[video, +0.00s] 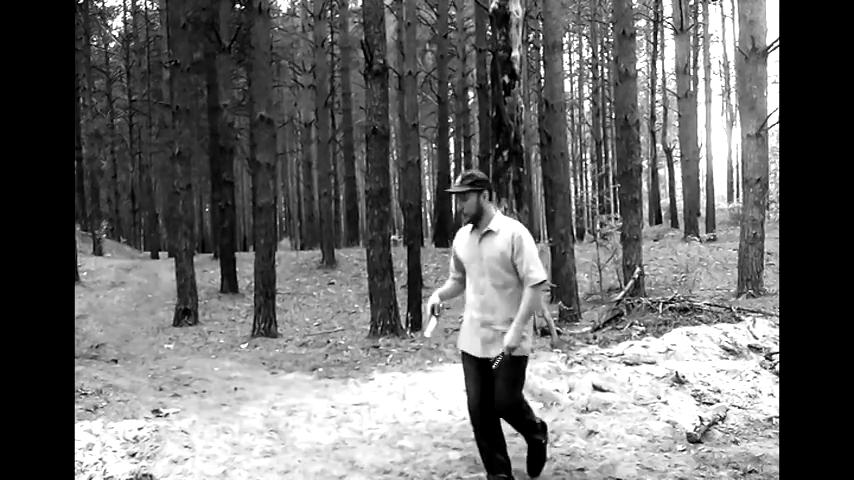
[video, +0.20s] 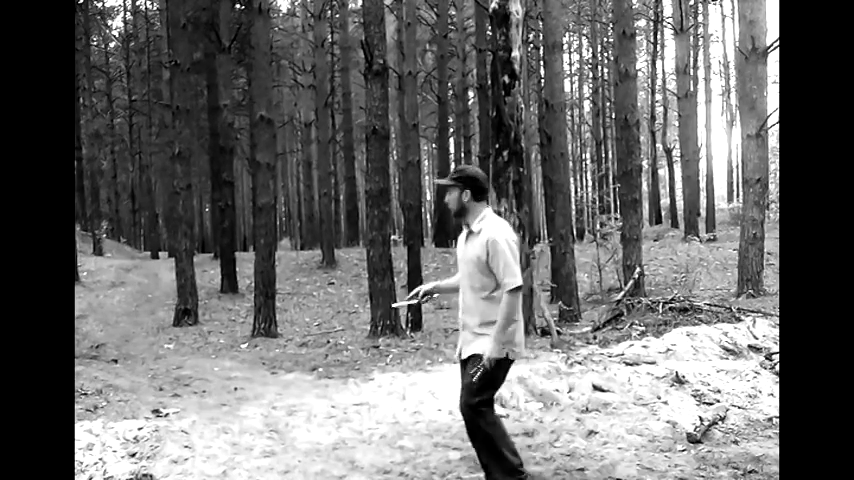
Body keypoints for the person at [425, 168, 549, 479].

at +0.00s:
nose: (459, 205)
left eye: (464, 198)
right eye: (457, 199)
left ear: (484, 196)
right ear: (463, 200)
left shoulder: (514, 233)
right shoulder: (462, 237)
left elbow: (535, 284)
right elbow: (457, 280)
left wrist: (516, 331)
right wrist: (438, 295)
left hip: (510, 338)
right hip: (473, 338)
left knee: (506, 403)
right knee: (479, 411)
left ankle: (536, 434)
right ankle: (498, 472)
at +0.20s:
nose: (444, 199)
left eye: (449, 192)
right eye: (445, 193)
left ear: (467, 193)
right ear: (466, 195)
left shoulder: (496, 233)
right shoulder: (468, 233)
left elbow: (513, 290)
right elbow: (467, 279)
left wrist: (496, 344)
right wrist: (434, 287)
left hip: (494, 343)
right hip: (471, 342)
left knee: (474, 405)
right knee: (474, 408)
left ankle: (510, 472)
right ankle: (497, 472)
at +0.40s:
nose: (443, 198)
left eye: (444, 193)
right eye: (444, 192)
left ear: (450, 198)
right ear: (478, 196)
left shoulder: (465, 236)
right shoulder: (493, 230)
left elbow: (470, 302)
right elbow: (495, 285)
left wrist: (465, 358)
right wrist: (457, 298)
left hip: (487, 351)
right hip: (505, 347)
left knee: (472, 430)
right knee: (485, 424)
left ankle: (489, 475)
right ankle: (505, 471)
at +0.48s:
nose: (442, 194)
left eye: (443, 190)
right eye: (445, 189)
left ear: (446, 193)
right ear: (480, 192)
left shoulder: (456, 235)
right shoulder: (505, 230)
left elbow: (454, 302)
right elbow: (515, 289)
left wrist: (447, 352)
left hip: (483, 354)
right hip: (514, 348)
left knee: (467, 431)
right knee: (491, 416)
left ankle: (486, 476)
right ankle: (511, 473)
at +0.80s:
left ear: (464, 187)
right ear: (499, 187)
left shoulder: (452, 236)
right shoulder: (529, 230)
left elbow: (438, 302)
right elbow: (544, 284)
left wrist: (432, 355)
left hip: (475, 360)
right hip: (524, 354)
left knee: (477, 445)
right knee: (536, 432)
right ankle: (532, 478)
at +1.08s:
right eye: (521, 182)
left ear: (485, 188)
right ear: (522, 186)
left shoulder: (468, 236)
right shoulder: (544, 228)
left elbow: (456, 301)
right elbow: (570, 277)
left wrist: (460, 347)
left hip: (492, 359)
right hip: (540, 356)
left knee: (499, 437)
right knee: (542, 442)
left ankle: (495, 477)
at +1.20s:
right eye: (527, 182)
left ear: (489, 187)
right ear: (527, 185)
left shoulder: (473, 234)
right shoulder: (544, 228)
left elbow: (459, 298)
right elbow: (576, 274)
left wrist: (475, 341)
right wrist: (582, 249)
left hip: (496, 357)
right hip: (539, 356)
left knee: (508, 430)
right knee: (547, 442)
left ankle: (502, 477)